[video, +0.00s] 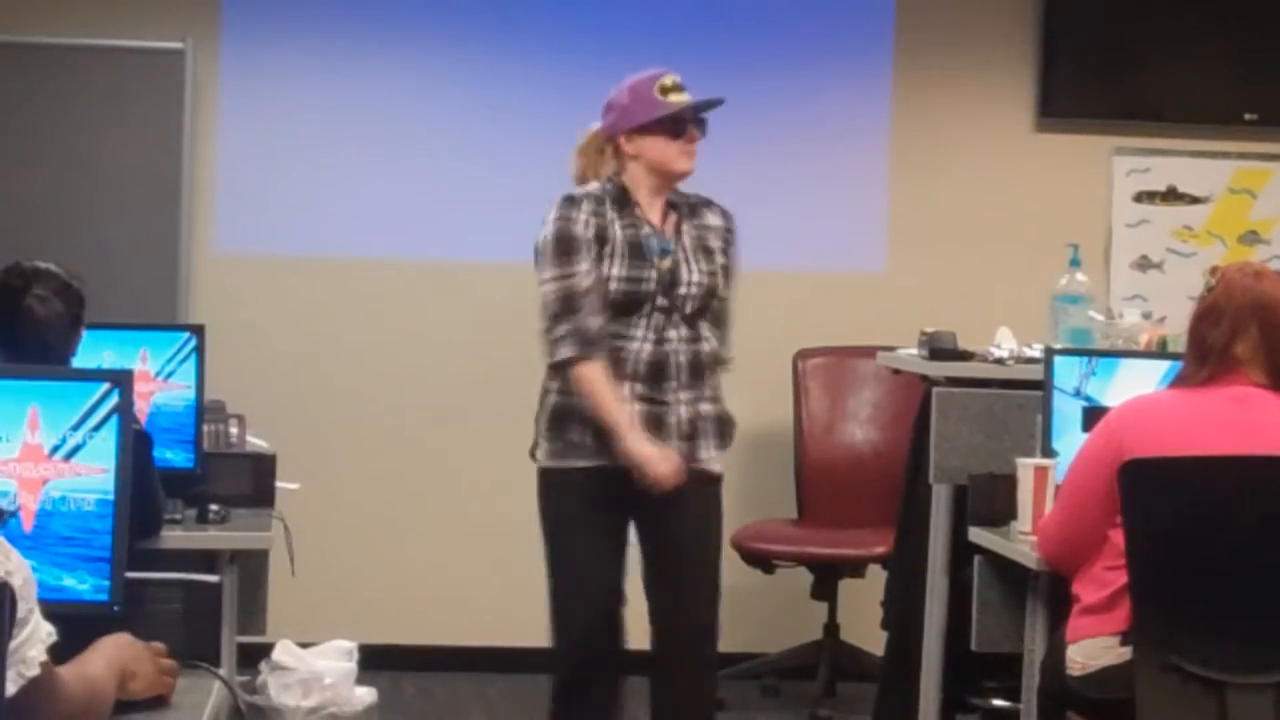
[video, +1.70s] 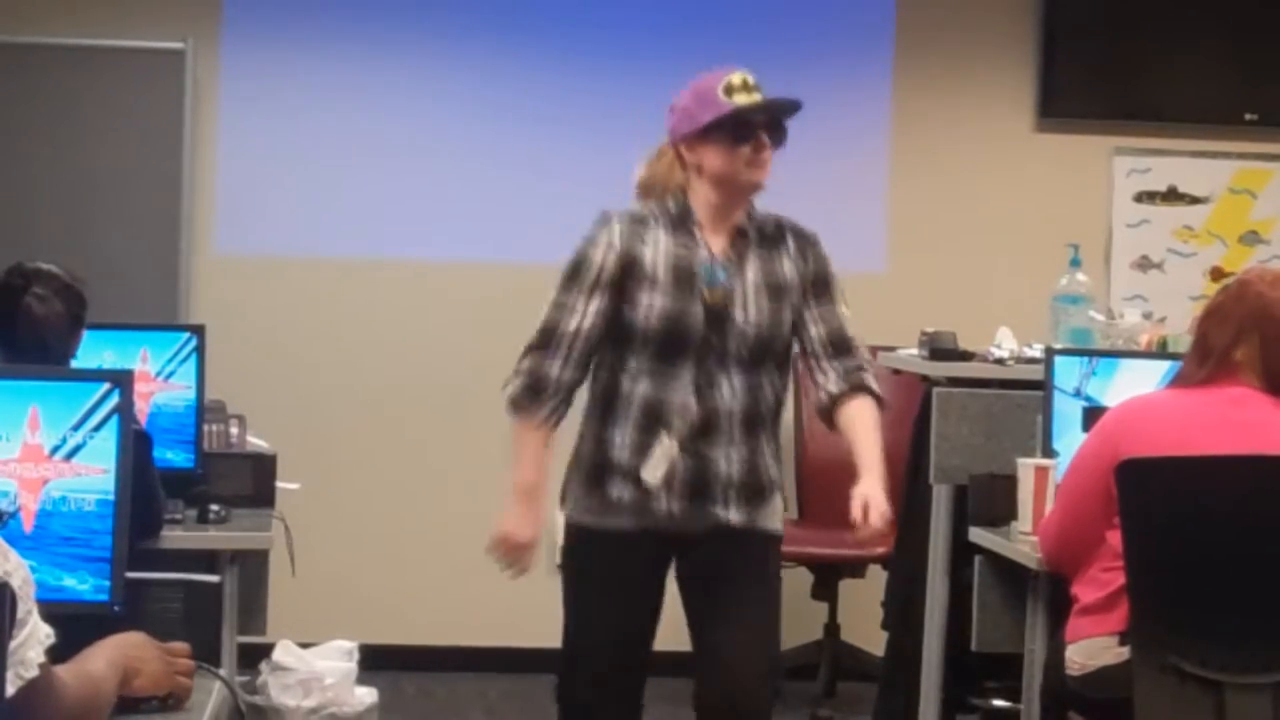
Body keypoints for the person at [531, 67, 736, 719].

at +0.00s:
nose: (694, 136)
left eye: (694, 126)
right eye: (674, 128)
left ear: (691, 134)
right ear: (627, 141)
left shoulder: (712, 221)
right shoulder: (577, 213)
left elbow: (714, 343)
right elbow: (575, 345)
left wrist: (696, 444)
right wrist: (637, 441)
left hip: (685, 462)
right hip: (583, 461)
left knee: (690, 652)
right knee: (588, 650)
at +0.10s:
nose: (701, 156)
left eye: (704, 145)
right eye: (682, 148)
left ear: (709, 153)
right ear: (637, 161)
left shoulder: (730, 248)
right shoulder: (586, 242)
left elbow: (746, 373)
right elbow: (545, 370)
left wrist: (726, 455)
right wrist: (570, 471)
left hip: (698, 472)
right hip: (596, 470)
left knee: (707, 639)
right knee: (595, 644)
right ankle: (600, 719)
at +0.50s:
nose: (625, 160)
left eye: (644, 148)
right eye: (612, 149)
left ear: (678, 163)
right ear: (600, 165)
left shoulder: (719, 244)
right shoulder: (568, 260)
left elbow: (731, 322)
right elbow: (516, 366)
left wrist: (653, 379)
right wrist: (486, 475)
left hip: (693, 489)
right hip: (595, 485)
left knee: (683, 670)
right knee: (590, 658)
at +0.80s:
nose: (570, 121)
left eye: (592, 111)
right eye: (567, 109)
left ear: (641, 127)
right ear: (560, 120)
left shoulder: (695, 211)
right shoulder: (535, 223)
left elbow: (706, 344)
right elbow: (509, 350)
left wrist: (665, 454)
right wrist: (496, 465)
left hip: (672, 469)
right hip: (567, 471)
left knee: (678, 661)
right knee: (565, 659)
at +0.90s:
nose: (561, 141)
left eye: (582, 129)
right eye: (558, 128)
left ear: (630, 143)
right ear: (553, 138)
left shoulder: (690, 232)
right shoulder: (524, 245)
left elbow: (733, 365)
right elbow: (482, 376)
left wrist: (737, 488)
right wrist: (481, 488)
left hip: (671, 491)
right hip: (558, 490)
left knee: (687, 677)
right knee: (550, 679)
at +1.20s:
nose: (650, 147)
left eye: (666, 133)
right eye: (630, 134)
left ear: (685, 148)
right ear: (600, 151)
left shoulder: (724, 253)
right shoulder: (551, 243)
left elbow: (762, 382)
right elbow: (519, 366)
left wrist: (763, 484)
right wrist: (575, 455)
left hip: (669, 495)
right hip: (561, 490)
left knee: (672, 684)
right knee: (549, 686)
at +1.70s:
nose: (761, 147)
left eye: (768, 133)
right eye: (739, 134)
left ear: (776, 145)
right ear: (689, 149)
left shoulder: (794, 253)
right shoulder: (623, 240)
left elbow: (844, 371)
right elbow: (546, 376)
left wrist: (871, 474)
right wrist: (525, 502)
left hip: (738, 516)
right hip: (619, 509)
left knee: (743, 701)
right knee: (598, 701)